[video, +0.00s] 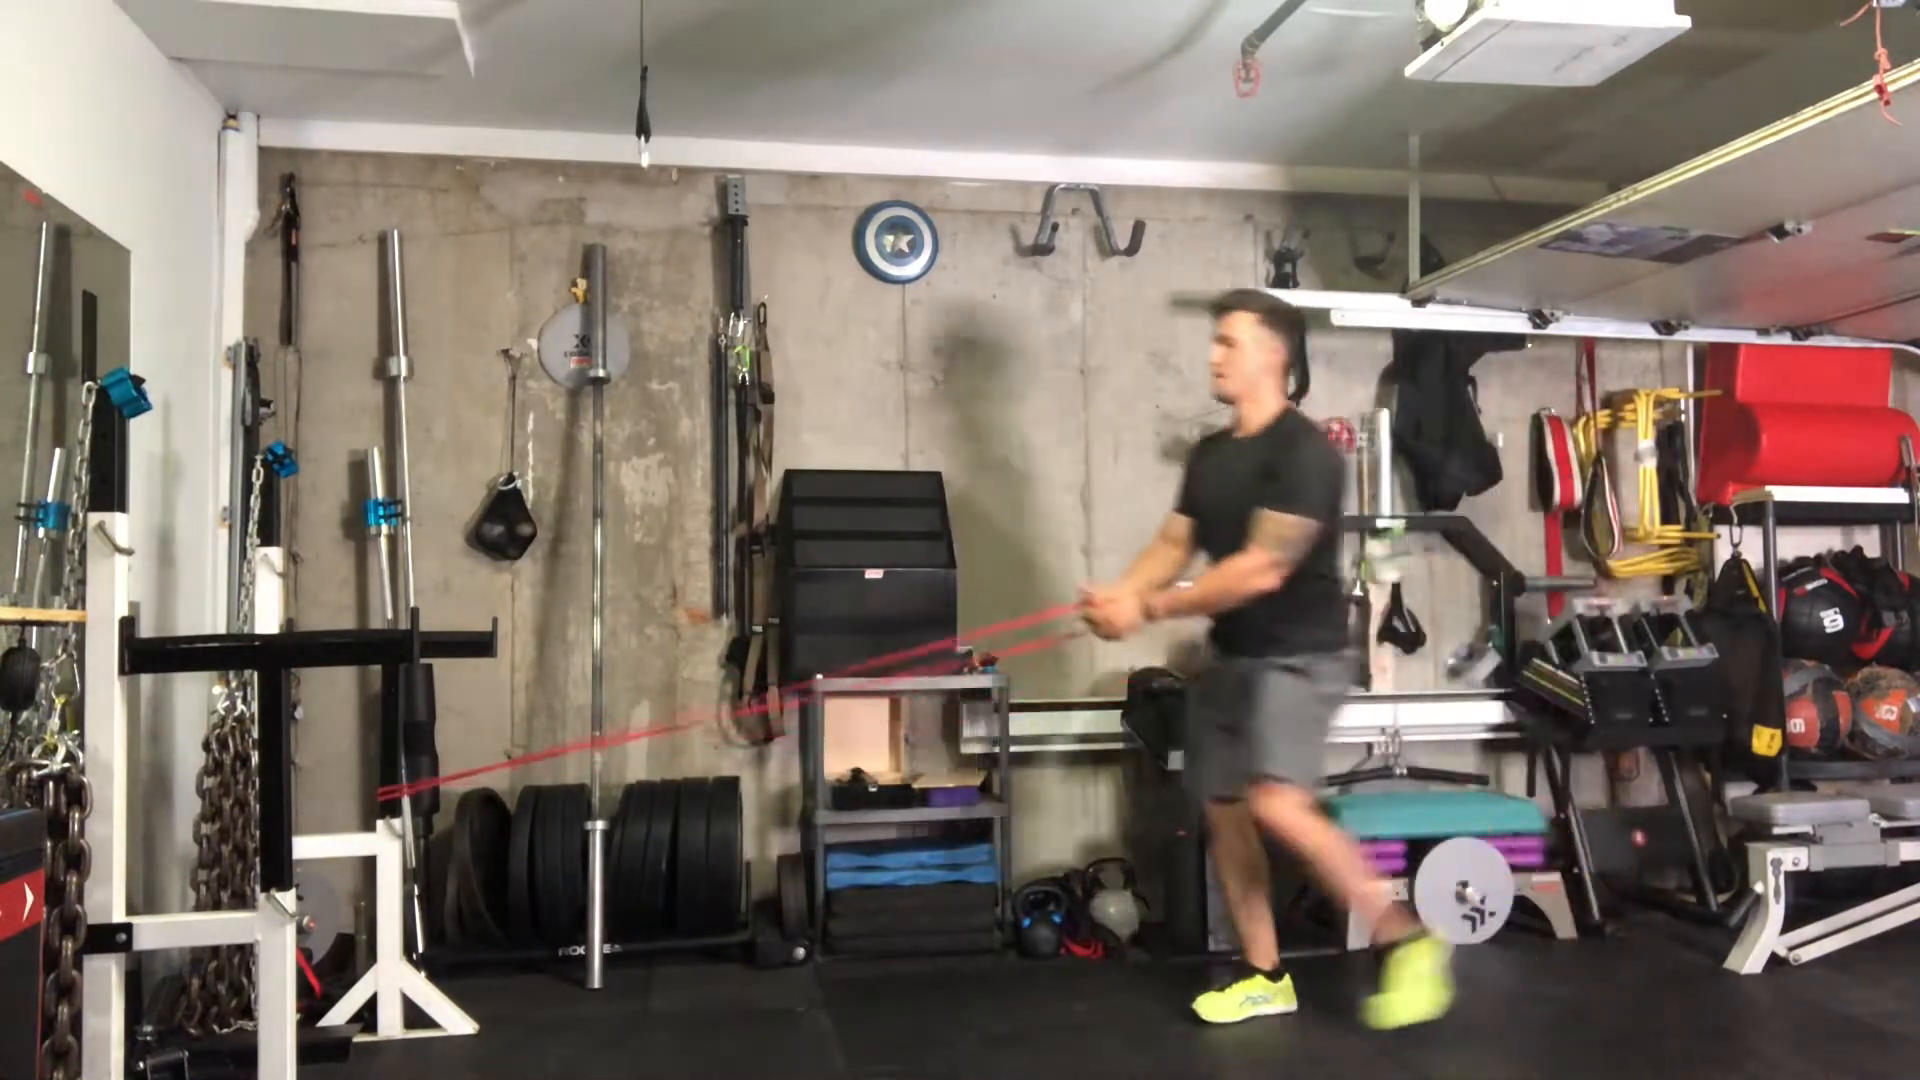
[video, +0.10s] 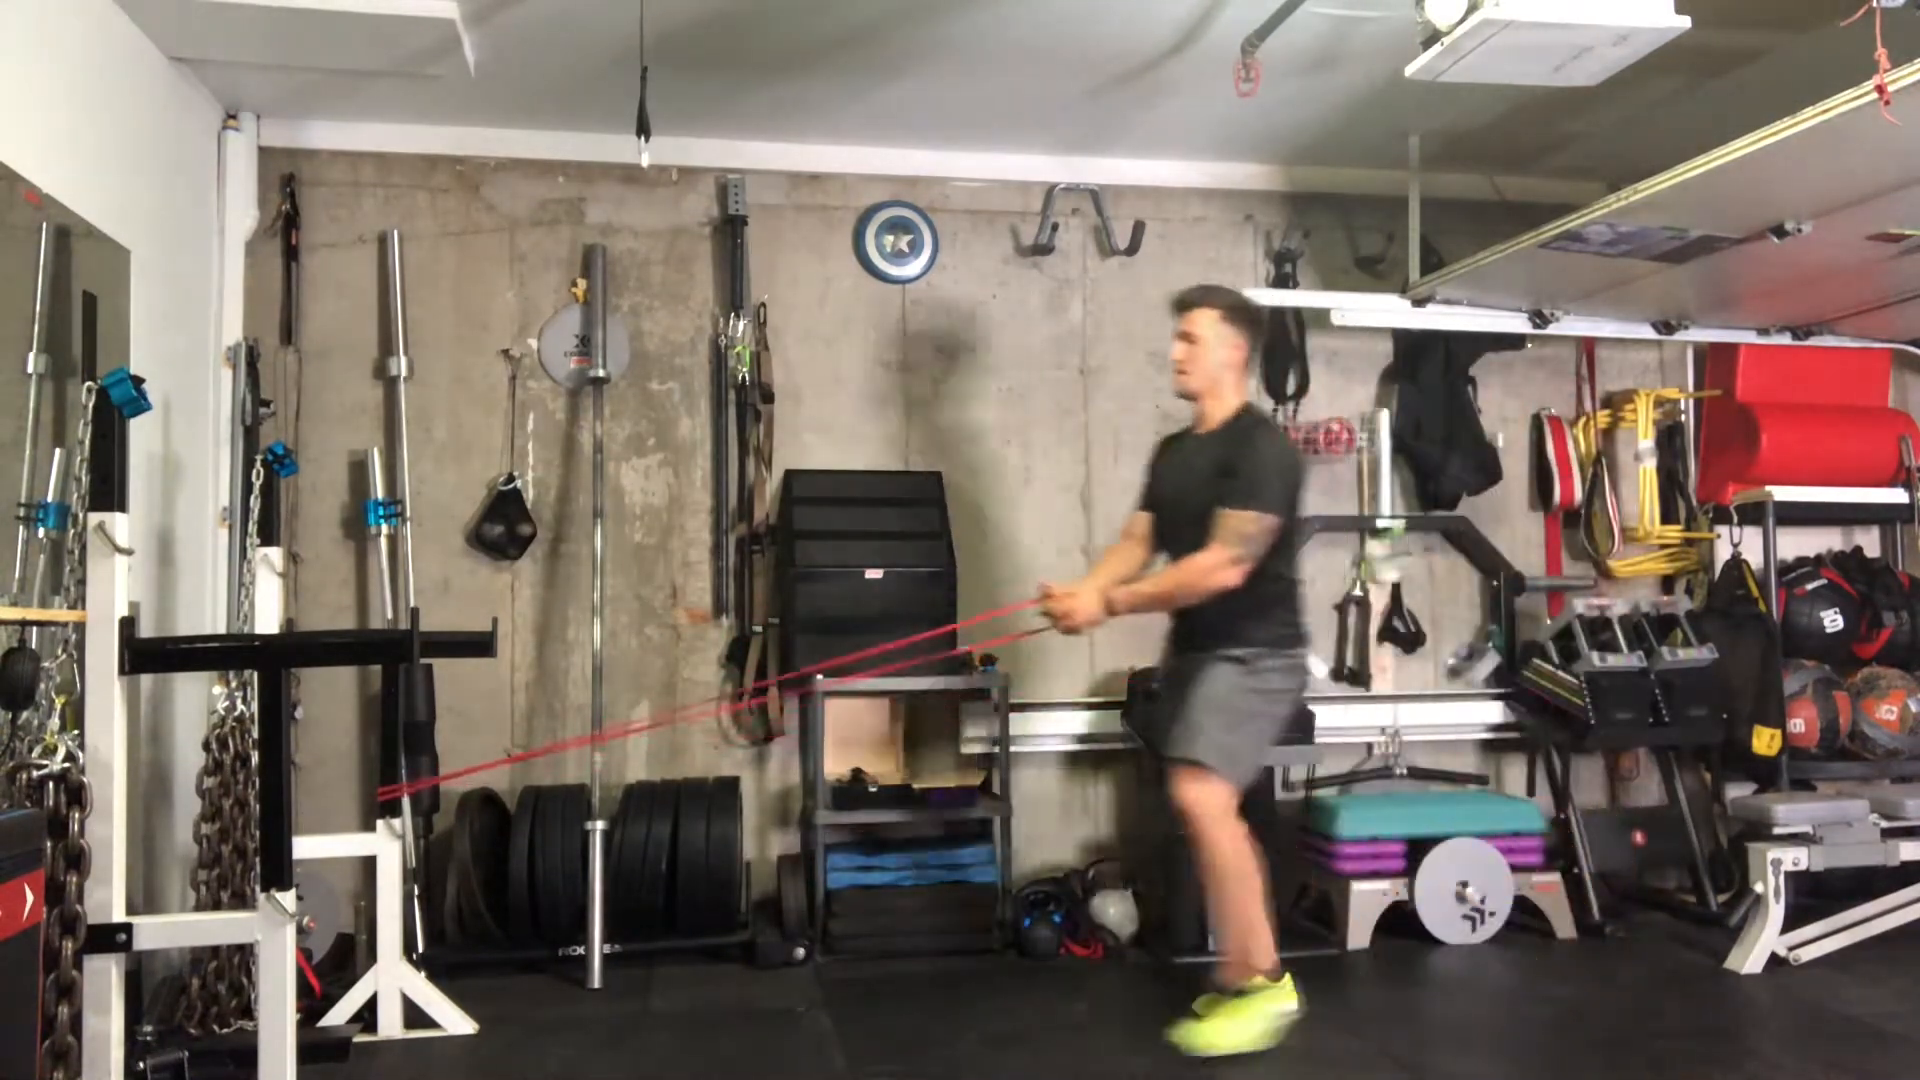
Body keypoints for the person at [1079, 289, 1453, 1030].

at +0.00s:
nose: (1213, 356)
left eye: (1228, 344)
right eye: (1215, 343)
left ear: (1276, 359)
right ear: (1239, 361)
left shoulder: (1307, 452)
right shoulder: (1212, 454)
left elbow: (1262, 568)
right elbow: (1173, 545)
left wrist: (1155, 605)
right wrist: (1124, 597)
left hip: (1299, 657)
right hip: (1231, 655)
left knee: (1277, 801)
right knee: (1226, 810)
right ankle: (1265, 974)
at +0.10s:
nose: (1175, 354)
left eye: (1191, 340)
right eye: (1176, 340)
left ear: (1238, 354)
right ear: (1192, 355)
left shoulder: (1265, 448)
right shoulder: (1175, 451)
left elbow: (1225, 566)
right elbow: (1138, 541)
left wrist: (1112, 602)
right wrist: (1087, 592)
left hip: (1257, 655)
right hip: (1198, 655)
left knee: (1199, 786)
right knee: (1211, 806)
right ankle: (1247, 982)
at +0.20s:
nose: (1137, 358)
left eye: (1153, 345)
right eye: (1139, 344)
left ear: (1199, 359)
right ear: (1155, 357)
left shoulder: (1222, 454)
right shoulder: (1136, 457)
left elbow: (1191, 575)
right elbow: (1099, 545)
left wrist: (1078, 610)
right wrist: (1046, 602)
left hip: (1210, 660)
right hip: (1157, 660)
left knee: (1147, 808)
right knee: (1199, 816)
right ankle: (1267, 975)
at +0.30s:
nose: (1097, 365)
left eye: (1113, 354)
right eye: (1098, 352)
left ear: (1159, 369)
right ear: (1112, 367)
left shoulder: (1177, 465)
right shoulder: (1091, 469)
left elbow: (1157, 593)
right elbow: (1057, 563)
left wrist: (1041, 628)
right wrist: (1007, 618)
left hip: (1152, 685)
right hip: (1106, 685)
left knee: (1073, 827)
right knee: (1156, 821)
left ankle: (997, 1016)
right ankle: (1260, 961)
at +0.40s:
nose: (1051, 359)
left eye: (1069, 349)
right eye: (1055, 346)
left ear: (1116, 369)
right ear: (1083, 370)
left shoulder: (1124, 473)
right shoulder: (1044, 468)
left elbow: (1117, 606)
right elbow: (1009, 569)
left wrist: (1002, 642)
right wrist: (975, 624)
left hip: (1084, 685)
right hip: (1036, 679)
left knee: (995, 822)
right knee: (1073, 829)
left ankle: (974, 1027)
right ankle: (1218, 930)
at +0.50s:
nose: (1007, 344)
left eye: (1026, 335)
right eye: (1012, 331)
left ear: (1071, 358)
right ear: (1037, 355)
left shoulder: (1078, 462)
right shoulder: (994, 456)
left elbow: (1080, 594)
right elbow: (974, 561)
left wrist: (963, 634)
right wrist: (934, 616)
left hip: (1044, 674)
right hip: (989, 669)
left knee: (957, 824)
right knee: (969, 826)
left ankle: (972, 1031)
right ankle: (1114, 911)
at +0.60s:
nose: (965, 330)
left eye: (983, 321)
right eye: (970, 317)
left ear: (1027, 347)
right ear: (988, 339)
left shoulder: (1040, 446)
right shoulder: (951, 443)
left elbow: (1050, 580)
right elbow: (929, 542)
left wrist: (926, 613)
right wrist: (891, 596)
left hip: (1005, 666)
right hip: (936, 658)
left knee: (947, 823)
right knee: (884, 803)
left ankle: (971, 1031)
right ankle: (1002, 935)